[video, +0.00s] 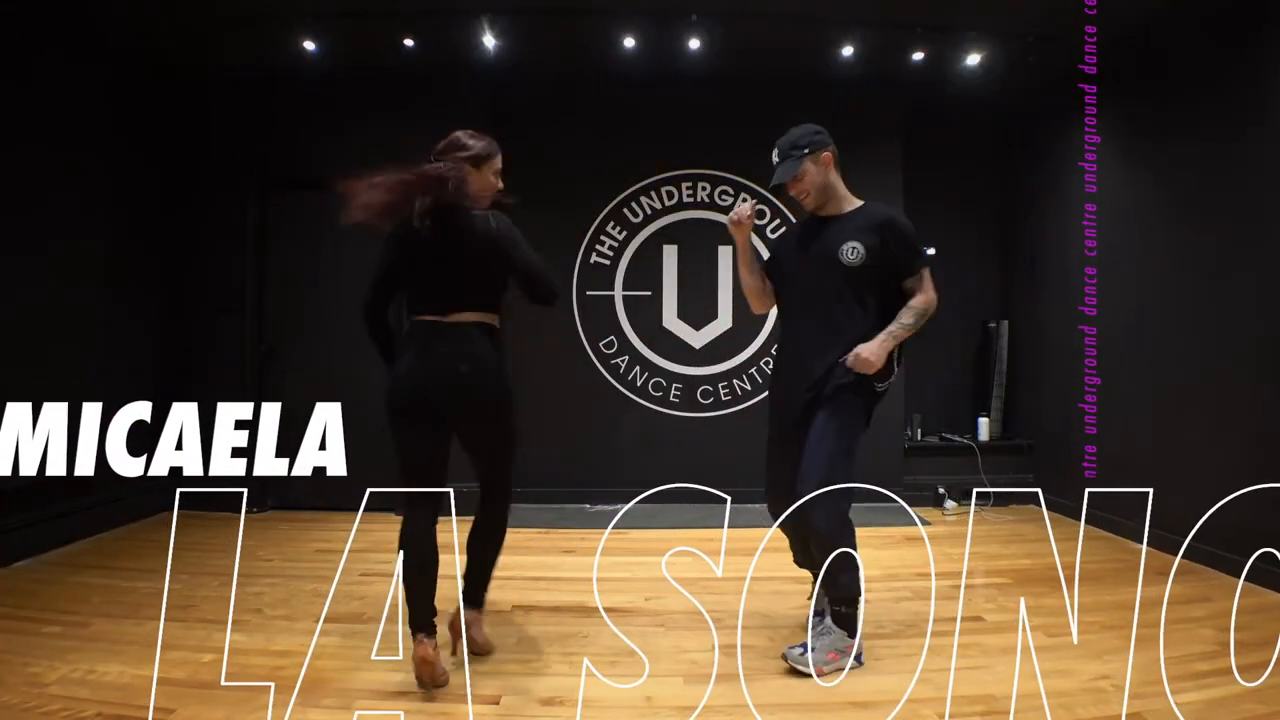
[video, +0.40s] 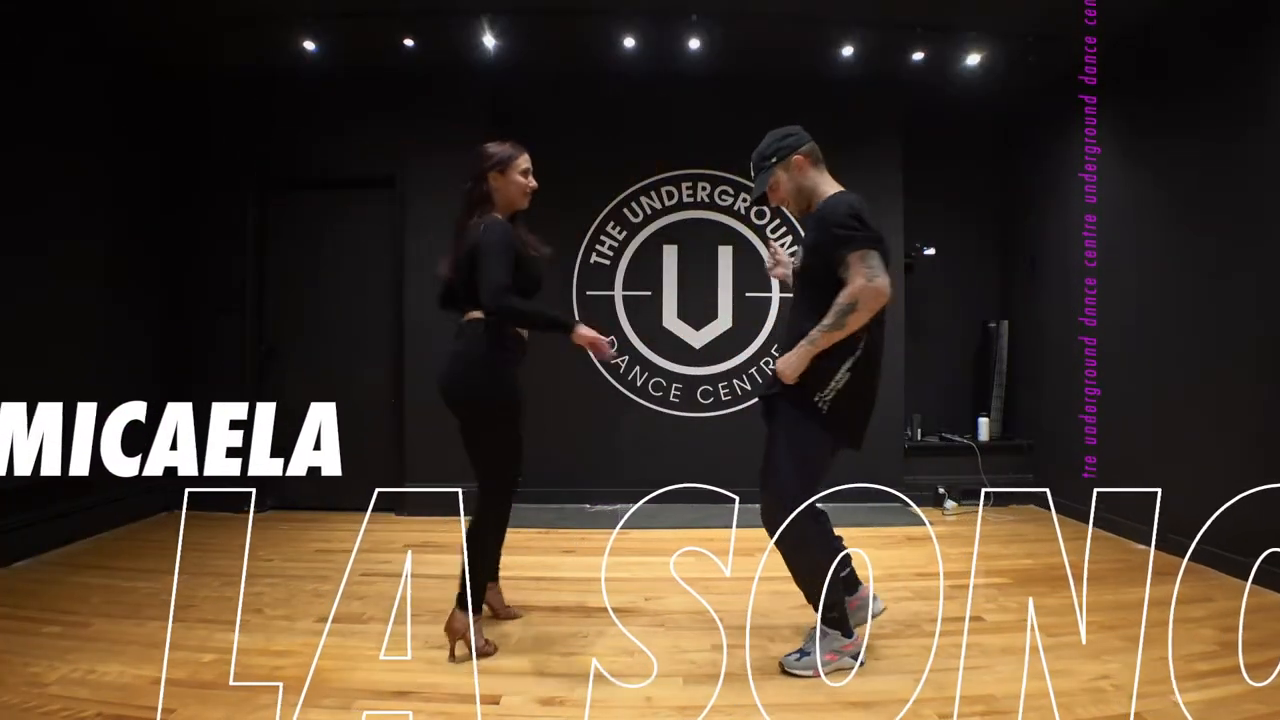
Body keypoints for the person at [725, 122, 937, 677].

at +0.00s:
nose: (791, 188)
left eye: (796, 175)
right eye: (785, 181)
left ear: (827, 160)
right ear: (786, 182)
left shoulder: (880, 225)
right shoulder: (791, 239)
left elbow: (925, 297)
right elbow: (760, 301)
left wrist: (884, 342)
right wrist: (743, 242)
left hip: (847, 381)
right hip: (791, 386)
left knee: (821, 489)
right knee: (784, 501)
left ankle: (843, 631)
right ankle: (834, 611)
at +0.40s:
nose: (771, 197)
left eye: (771, 182)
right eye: (766, 187)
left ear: (800, 161)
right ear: (798, 166)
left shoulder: (840, 213)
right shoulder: (825, 217)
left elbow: (872, 287)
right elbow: (845, 286)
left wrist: (804, 352)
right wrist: (796, 274)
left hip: (823, 396)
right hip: (808, 390)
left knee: (787, 508)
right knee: (785, 504)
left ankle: (836, 637)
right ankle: (853, 593)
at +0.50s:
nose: (761, 181)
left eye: (764, 168)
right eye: (759, 171)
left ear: (793, 154)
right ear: (803, 157)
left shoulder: (812, 204)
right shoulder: (863, 210)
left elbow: (836, 270)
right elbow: (885, 305)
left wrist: (788, 344)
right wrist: (829, 343)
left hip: (814, 384)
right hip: (844, 386)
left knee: (789, 502)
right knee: (795, 495)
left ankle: (837, 634)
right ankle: (845, 594)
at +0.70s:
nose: (755, 155)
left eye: (760, 142)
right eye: (755, 144)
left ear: (789, 137)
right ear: (804, 141)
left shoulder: (803, 186)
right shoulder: (859, 195)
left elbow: (830, 246)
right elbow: (889, 286)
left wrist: (794, 330)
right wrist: (828, 306)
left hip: (821, 374)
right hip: (851, 374)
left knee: (804, 484)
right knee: (801, 476)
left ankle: (846, 640)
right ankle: (830, 583)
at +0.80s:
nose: (754, 153)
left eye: (760, 141)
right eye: (755, 142)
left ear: (791, 137)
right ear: (795, 140)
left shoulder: (820, 187)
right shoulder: (812, 197)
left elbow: (865, 249)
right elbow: (847, 283)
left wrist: (816, 334)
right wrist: (793, 291)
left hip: (835, 384)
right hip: (821, 381)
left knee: (820, 496)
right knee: (789, 481)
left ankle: (850, 641)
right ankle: (828, 591)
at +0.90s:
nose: (758, 156)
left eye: (765, 144)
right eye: (758, 146)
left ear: (795, 142)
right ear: (797, 145)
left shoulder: (835, 198)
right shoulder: (816, 208)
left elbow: (896, 262)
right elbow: (845, 292)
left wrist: (836, 337)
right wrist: (791, 308)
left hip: (838, 388)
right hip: (814, 384)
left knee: (819, 497)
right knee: (783, 492)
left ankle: (850, 640)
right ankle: (830, 601)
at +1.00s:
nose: (768, 170)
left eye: (775, 154)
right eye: (766, 156)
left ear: (809, 147)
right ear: (793, 153)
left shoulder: (861, 219)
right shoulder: (797, 224)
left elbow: (915, 289)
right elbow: (813, 311)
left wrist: (858, 347)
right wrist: (769, 344)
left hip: (837, 384)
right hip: (798, 382)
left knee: (815, 495)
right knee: (784, 493)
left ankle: (846, 634)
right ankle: (828, 606)